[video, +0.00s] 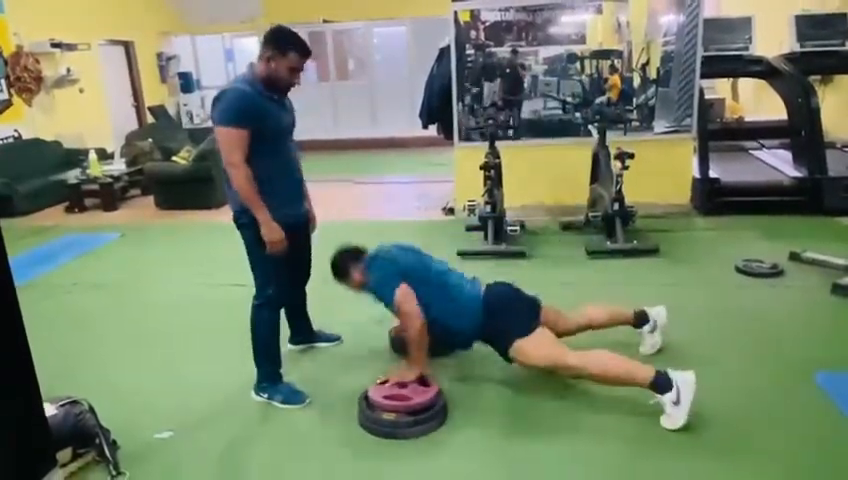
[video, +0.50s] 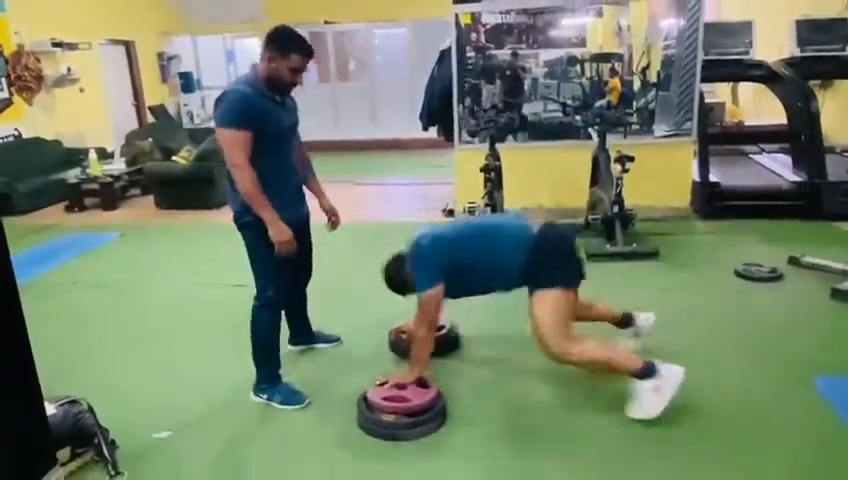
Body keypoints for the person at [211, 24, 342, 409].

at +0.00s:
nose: (298, 78)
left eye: (300, 70)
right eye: (293, 70)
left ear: (277, 63)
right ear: (269, 60)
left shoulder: (278, 98)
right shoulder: (235, 101)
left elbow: (287, 157)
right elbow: (234, 167)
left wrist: (304, 202)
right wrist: (264, 220)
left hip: (291, 210)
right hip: (261, 216)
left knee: (296, 278)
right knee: (270, 295)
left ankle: (301, 332)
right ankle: (267, 381)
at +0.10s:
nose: (296, 72)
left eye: (299, 65)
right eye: (291, 64)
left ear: (277, 59)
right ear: (266, 56)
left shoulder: (278, 96)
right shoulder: (235, 99)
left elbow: (288, 154)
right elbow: (234, 167)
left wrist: (305, 200)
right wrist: (263, 220)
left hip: (290, 209)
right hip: (259, 216)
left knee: (295, 277)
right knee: (268, 294)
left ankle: (300, 332)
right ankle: (266, 380)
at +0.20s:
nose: (295, 69)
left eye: (297, 61)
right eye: (290, 61)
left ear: (277, 57)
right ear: (265, 53)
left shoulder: (280, 96)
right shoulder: (235, 99)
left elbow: (292, 150)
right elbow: (235, 166)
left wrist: (312, 195)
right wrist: (265, 218)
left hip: (289, 207)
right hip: (258, 214)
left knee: (294, 276)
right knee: (267, 294)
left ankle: (300, 332)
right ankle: (266, 380)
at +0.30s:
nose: (296, 71)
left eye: (298, 63)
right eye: (291, 63)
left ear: (277, 58)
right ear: (266, 54)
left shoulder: (281, 97)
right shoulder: (235, 99)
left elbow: (294, 150)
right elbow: (236, 167)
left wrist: (318, 196)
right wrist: (268, 218)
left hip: (290, 208)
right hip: (258, 216)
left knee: (295, 277)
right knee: (268, 295)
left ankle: (301, 333)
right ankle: (266, 381)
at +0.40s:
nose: (298, 78)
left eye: (301, 70)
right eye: (293, 69)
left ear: (279, 63)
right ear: (269, 59)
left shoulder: (282, 100)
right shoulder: (236, 101)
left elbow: (296, 153)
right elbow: (238, 168)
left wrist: (322, 198)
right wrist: (271, 220)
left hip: (291, 209)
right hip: (259, 216)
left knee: (296, 276)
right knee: (270, 294)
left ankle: (300, 333)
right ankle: (266, 381)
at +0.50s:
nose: (300, 78)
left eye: (303, 71)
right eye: (294, 70)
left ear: (280, 64)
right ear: (269, 60)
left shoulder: (283, 100)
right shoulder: (236, 102)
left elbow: (296, 153)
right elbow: (239, 171)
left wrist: (321, 198)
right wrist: (273, 222)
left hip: (292, 208)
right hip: (260, 216)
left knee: (297, 276)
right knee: (270, 295)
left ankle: (300, 333)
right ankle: (266, 382)